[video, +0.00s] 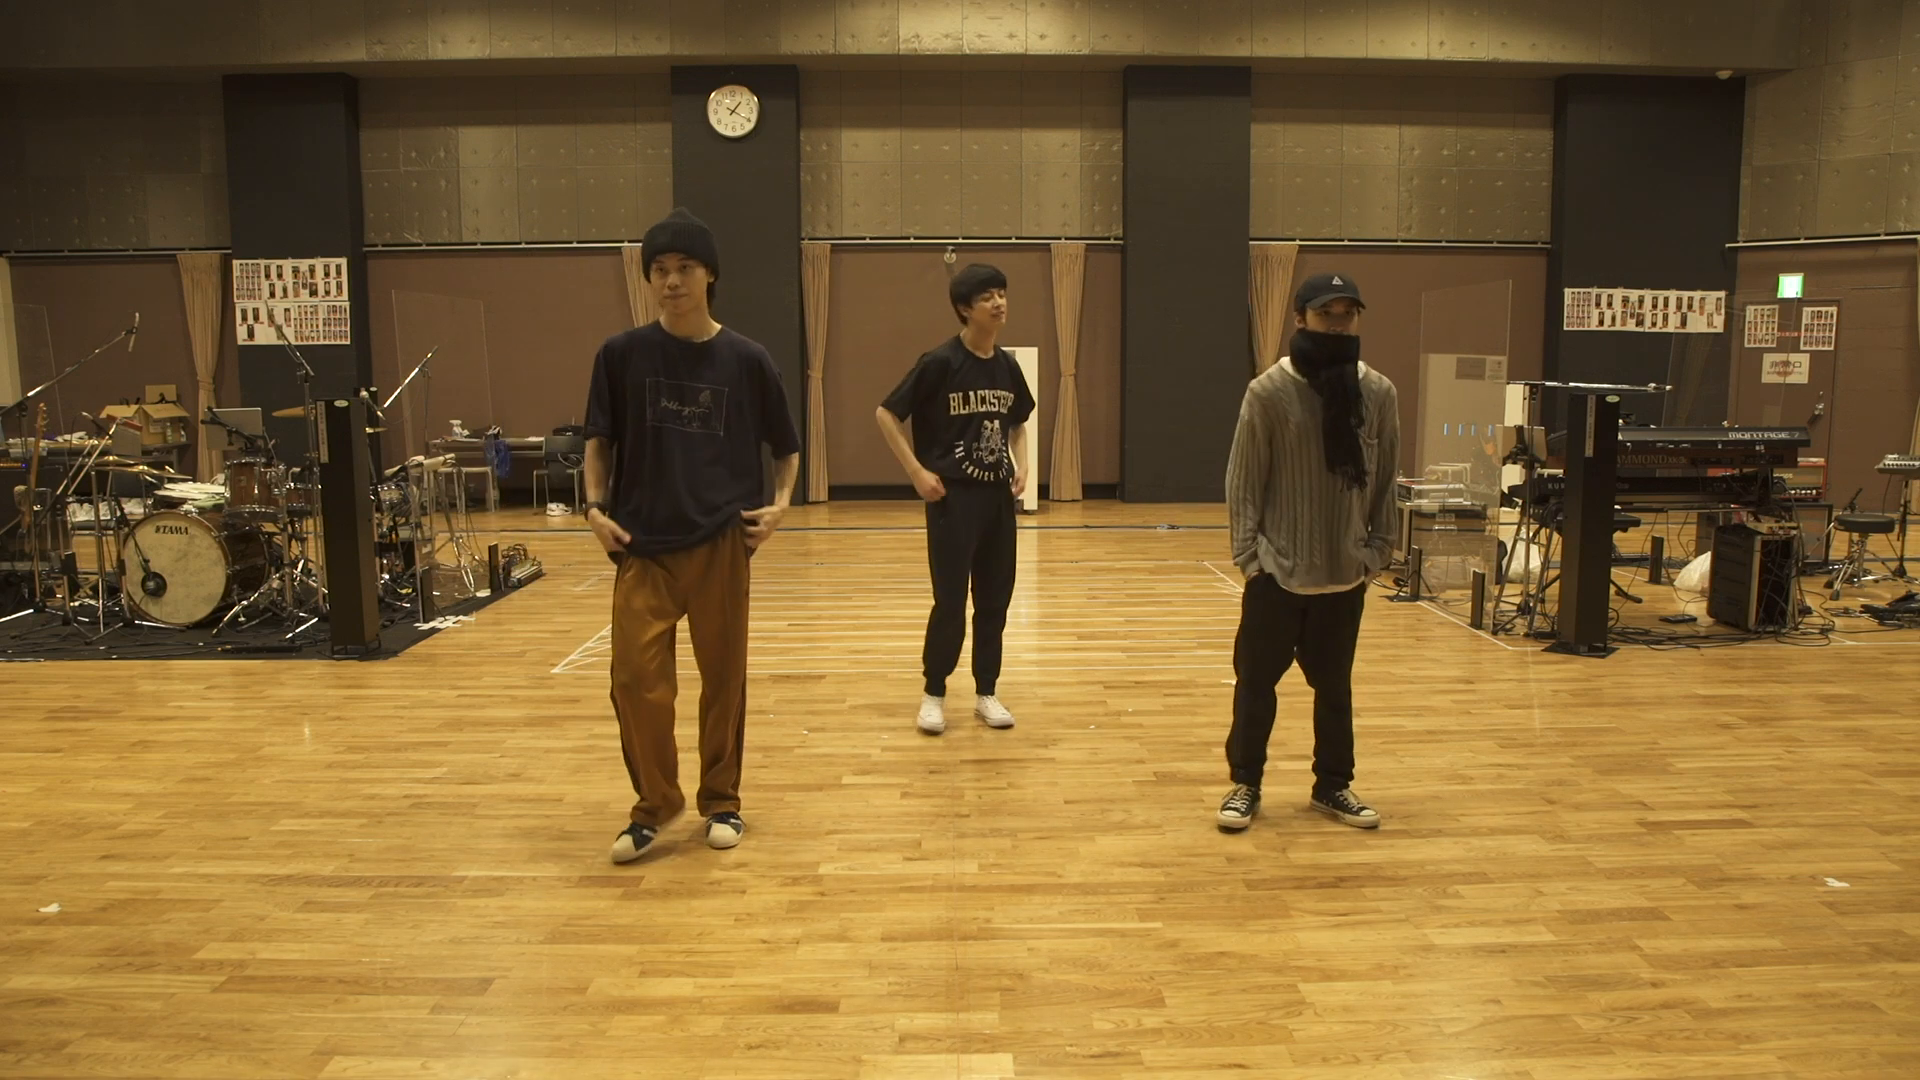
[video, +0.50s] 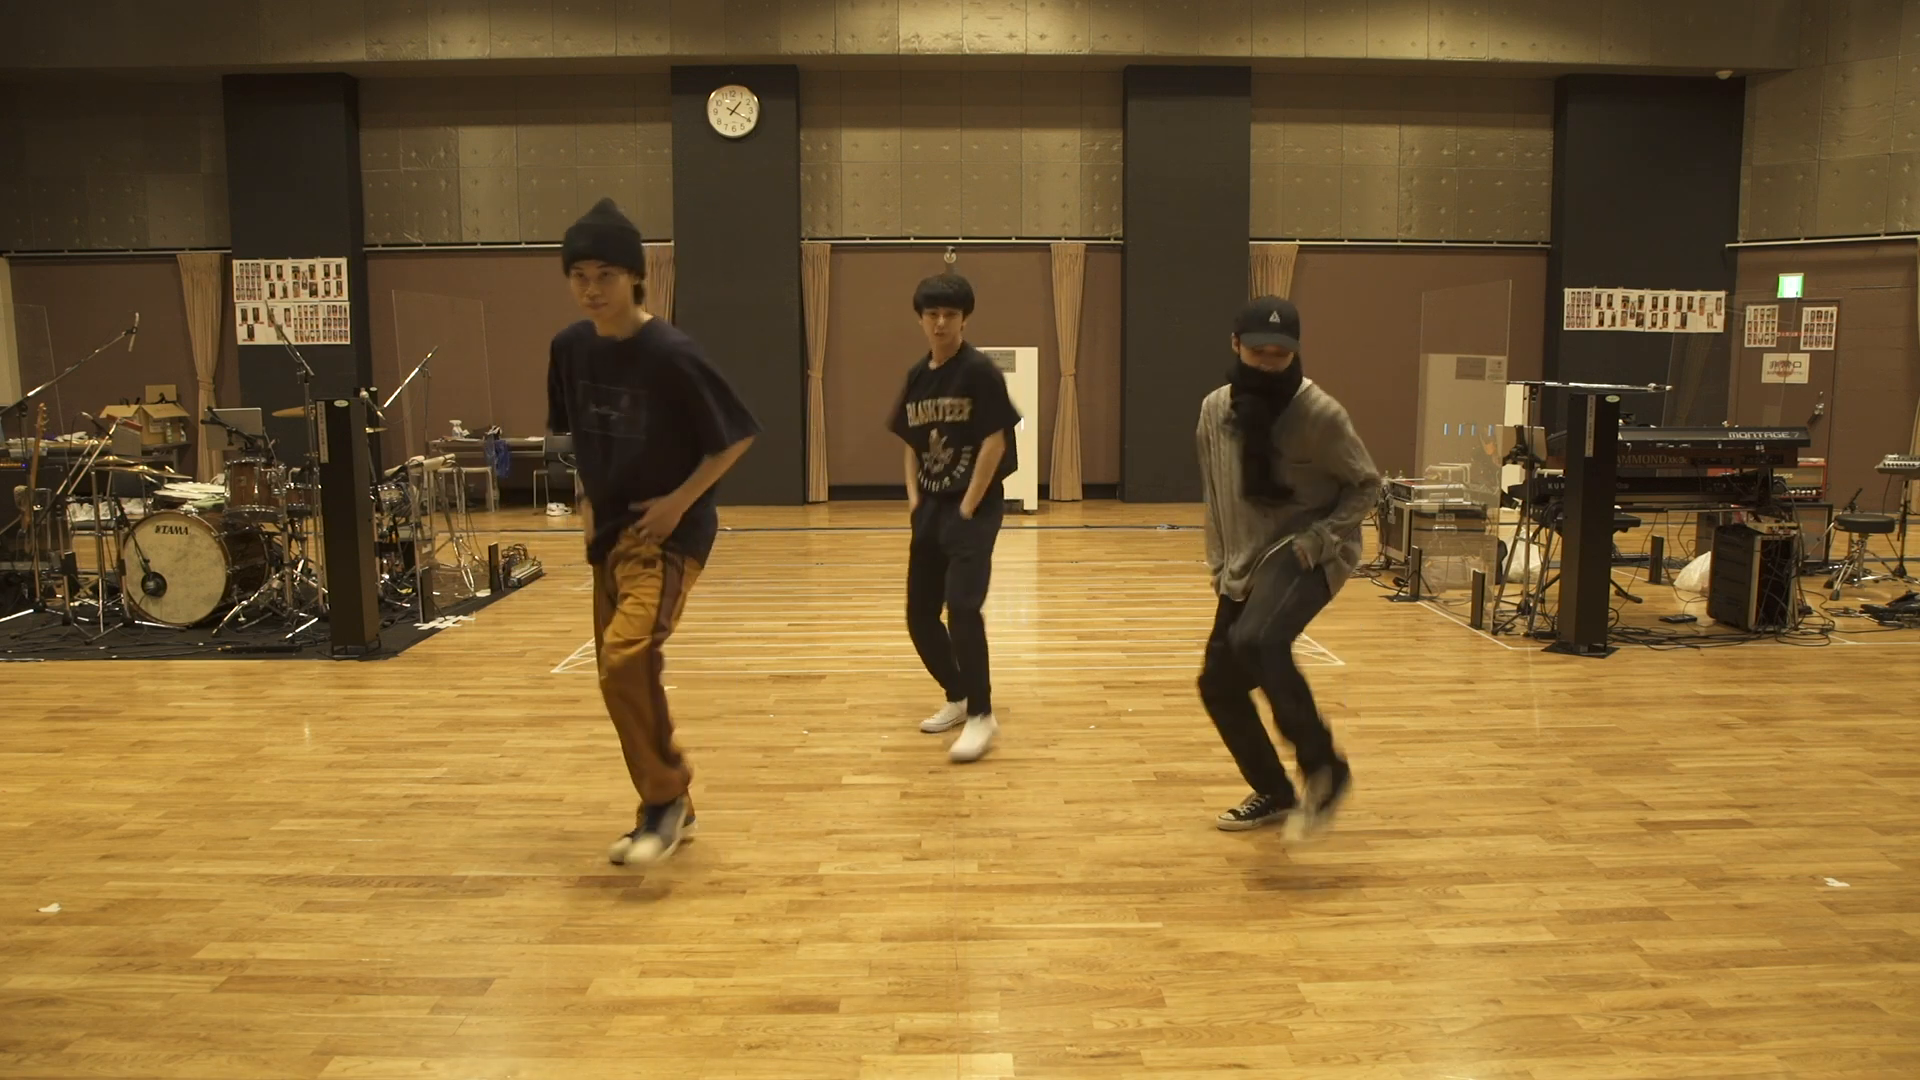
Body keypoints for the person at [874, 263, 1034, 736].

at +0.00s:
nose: (999, 304)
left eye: (1002, 296)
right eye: (988, 298)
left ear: (1006, 305)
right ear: (964, 308)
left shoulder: (1008, 366)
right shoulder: (938, 364)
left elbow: (1014, 423)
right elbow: (886, 414)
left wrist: (1020, 464)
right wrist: (915, 471)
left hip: (998, 498)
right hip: (951, 499)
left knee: (994, 603)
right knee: (950, 602)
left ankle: (986, 696)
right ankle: (934, 696)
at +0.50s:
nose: (940, 323)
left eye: (949, 315)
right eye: (932, 315)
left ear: (965, 319)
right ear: (920, 320)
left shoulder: (980, 372)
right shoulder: (917, 376)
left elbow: (995, 442)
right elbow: (912, 444)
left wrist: (967, 508)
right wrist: (914, 499)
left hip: (971, 509)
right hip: (931, 507)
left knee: (963, 610)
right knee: (920, 615)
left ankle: (981, 716)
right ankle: (960, 697)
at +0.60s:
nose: (916, 349)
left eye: (925, 340)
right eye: (913, 340)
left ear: (953, 342)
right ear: (913, 342)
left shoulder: (969, 391)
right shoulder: (932, 392)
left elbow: (976, 469)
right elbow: (932, 466)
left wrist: (947, 532)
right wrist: (920, 521)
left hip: (967, 526)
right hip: (934, 520)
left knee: (947, 626)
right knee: (909, 621)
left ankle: (993, 736)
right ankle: (965, 703)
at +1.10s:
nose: (940, 341)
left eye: (948, 331)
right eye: (931, 332)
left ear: (964, 328)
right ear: (920, 331)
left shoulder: (992, 370)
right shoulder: (906, 385)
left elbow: (1012, 430)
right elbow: (901, 455)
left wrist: (1012, 486)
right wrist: (926, 510)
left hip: (999, 500)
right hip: (946, 514)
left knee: (1035, 580)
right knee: (975, 612)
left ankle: (991, 596)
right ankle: (1014, 702)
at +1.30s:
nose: (948, 335)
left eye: (956, 326)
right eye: (939, 327)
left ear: (968, 328)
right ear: (924, 330)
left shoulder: (996, 374)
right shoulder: (907, 383)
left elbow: (1007, 439)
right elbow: (898, 449)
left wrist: (1003, 501)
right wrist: (924, 501)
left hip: (987, 513)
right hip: (937, 513)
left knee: (965, 602)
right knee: (938, 601)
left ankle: (936, 672)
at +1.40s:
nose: (950, 339)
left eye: (958, 330)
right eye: (940, 331)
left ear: (970, 332)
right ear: (925, 334)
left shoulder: (993, 383)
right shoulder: (908, 395)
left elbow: (1002, 447)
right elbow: (896, 466)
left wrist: (1000, 509)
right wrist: (923, 517)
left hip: (983, 522)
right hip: (934, 523)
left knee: (964, 620)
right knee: (925, 617)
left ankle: (925, 677)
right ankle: (889, 699)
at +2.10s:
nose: (972, 358)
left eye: (981, 350)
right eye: (964, 349)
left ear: (992, 353)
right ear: (948, 351)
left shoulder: (1004, 402)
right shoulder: (923, 398)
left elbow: (1012, 470)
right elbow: (910, 456)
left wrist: (993, 532)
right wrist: (911, 508)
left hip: (980, 541)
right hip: (926, 536)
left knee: (1038, 620)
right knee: (866, 611)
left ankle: (1108, 700)